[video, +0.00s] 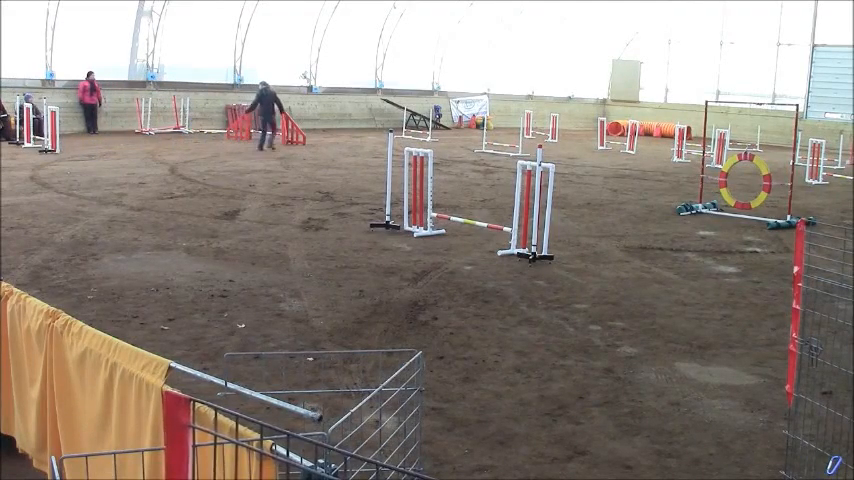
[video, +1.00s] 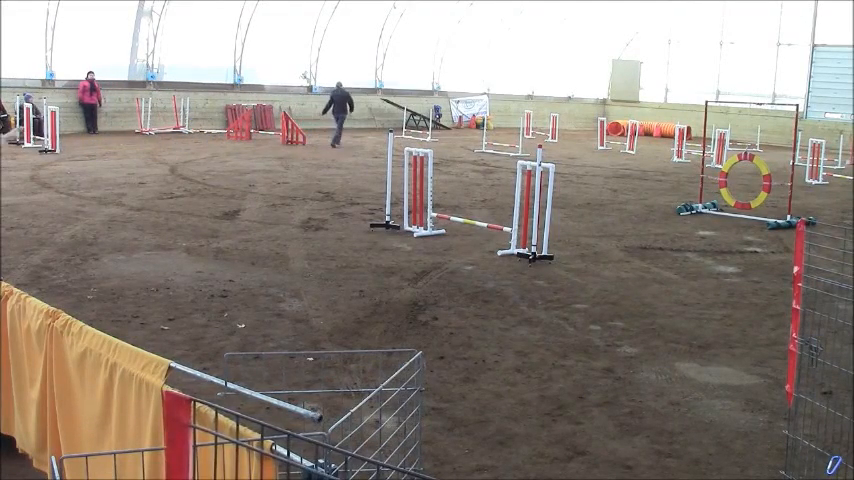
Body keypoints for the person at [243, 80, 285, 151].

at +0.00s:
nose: (259, 88)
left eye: (259, 86)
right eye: (259, 86)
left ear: (261, 86)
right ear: (267, 85)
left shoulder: (260, 93)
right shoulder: (272, 93)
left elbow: (255, 103)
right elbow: (278, 102)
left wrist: (248, 110)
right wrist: (281, 110)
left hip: (262, 114)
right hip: (270, 114)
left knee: (263, 130)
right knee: (274, 129)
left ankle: (260, 146)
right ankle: (270, 144)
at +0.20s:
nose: (276, 87)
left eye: (277, 86)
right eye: (277, 86)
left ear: (277, 86)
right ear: (283, 85)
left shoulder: (276, 92)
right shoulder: (288, 92)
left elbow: (270, 101)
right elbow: (294, 101)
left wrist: (262, 108)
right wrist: (298, 109)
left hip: (277, 113)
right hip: (286, 113)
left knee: (276, 129)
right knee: (286, 130)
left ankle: (267, 141)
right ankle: (284, 146)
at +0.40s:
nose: (290, 87)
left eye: (290, 86)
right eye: (290, 86)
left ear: (291, 86)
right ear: (297, 85)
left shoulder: (291, 92)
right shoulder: (302, 92)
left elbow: (285, 102)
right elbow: (309, 101)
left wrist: (278, 108)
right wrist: (308, 109)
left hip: (292, 111)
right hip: (300, 111)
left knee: (294, 127)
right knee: (294, 127)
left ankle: (296, 141)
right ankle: (287, 141)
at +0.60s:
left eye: (307, 87)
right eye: (310, 87)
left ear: (306, 87)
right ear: (312, 87)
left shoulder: (303, 94)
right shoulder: (316, 94)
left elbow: (298, 104)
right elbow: (320, 103)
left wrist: (292, 112)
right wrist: (323, 111)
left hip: (306, 115)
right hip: (313, 115)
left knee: (307, 129)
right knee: (316, 128)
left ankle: (304, 143)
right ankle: (310, 138)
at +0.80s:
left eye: (325, 84)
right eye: (326, 84)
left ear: (322, 85)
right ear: (328, 85)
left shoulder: (320, 92)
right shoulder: (331, 92)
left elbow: (315, 102)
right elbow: (334, 101)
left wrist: (310, 109)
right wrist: (337, 109)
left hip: (321, 112)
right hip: (329, 112)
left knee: (320, 128)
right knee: (332, 128)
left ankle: (311, 137)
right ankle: (332, 143)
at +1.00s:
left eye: (337, 86)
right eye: (339, 85)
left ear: (336, 86)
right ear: (342, 86)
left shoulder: (334, 93)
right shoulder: (345, 93)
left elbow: (330, 103)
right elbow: (350, 101)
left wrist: (324, 111)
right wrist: (351, 109)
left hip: (335, 111)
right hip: (343, 112)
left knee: (339, 126)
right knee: (339, 127)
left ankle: (338, 140)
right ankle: (333, 141)